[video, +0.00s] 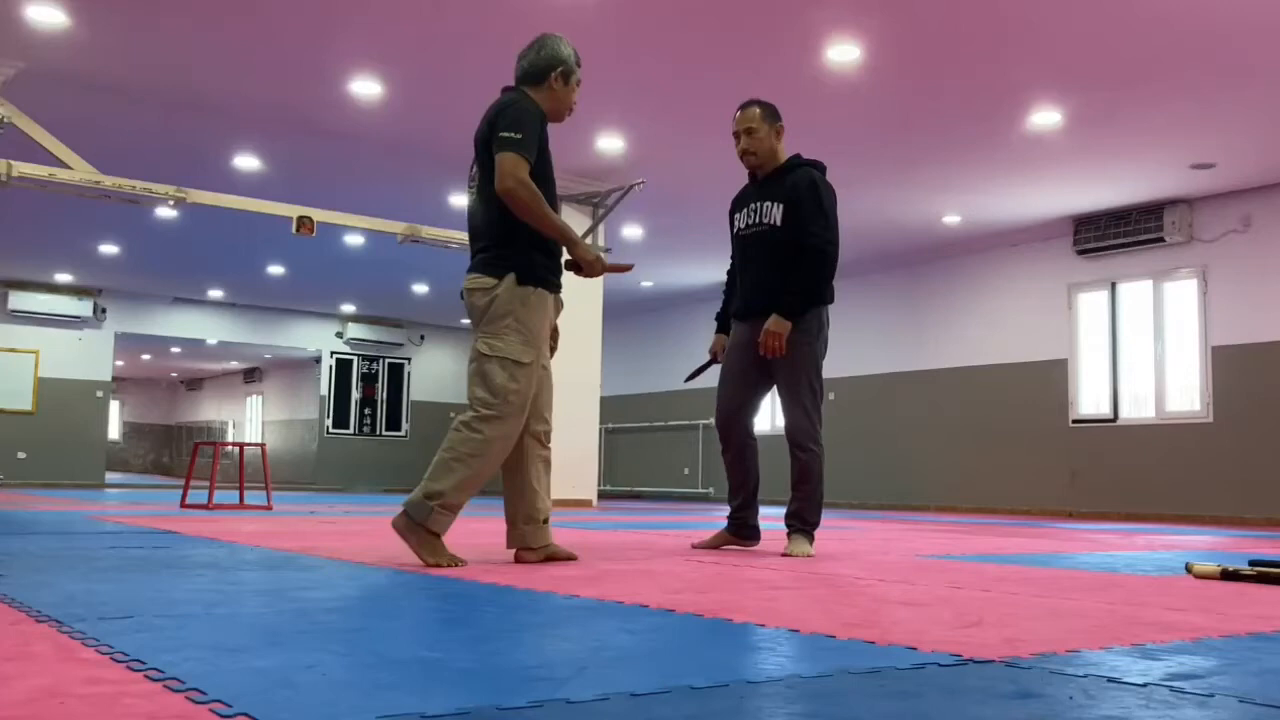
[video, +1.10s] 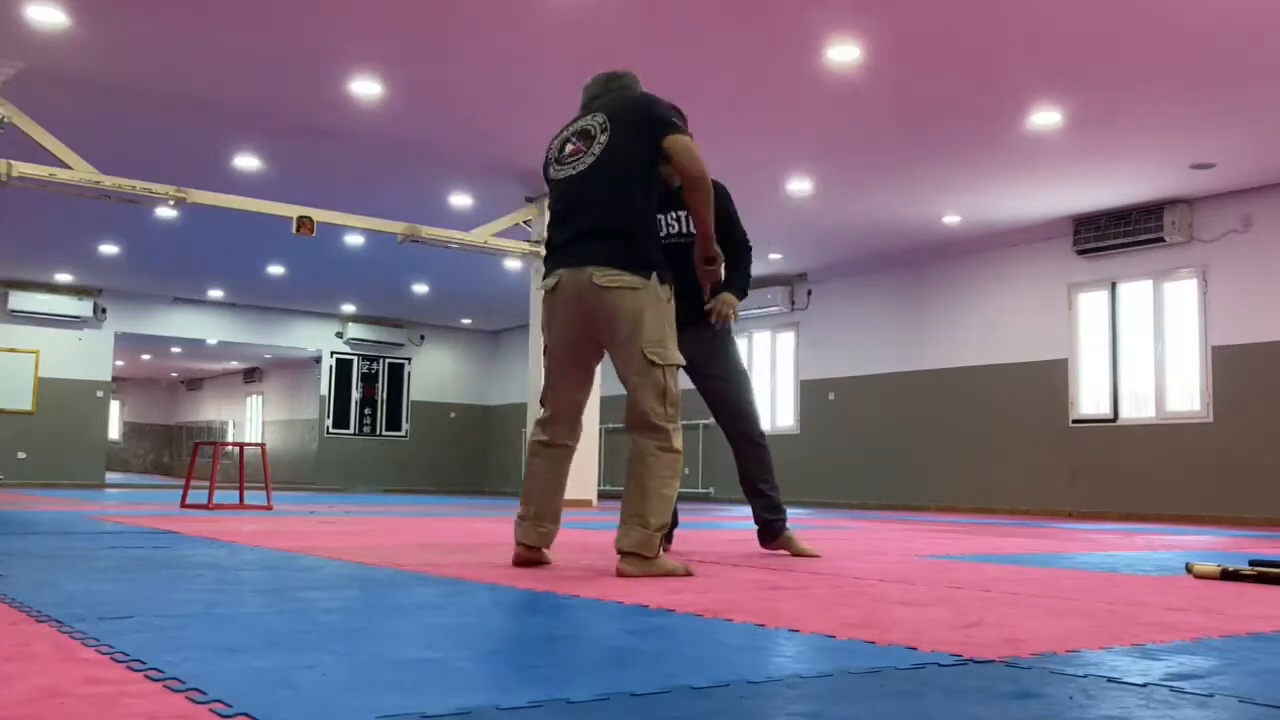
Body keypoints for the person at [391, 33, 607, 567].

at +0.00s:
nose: (577, 99)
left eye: (578, 88)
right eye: (576, 87)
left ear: (539, 77)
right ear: (556, 79)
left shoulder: (521, 119)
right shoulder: (518, 109)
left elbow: (516, 226)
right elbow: (511, 183)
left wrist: (544, 303)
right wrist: (575, 243)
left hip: (527, 291)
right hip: (510, 289)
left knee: (532, 421)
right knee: (497, 413)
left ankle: (531, 538)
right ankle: (423, 519)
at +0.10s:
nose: (593, 105)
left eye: (594, 94)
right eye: (592, 93)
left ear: (558, 86)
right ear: (574, 86)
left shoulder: (539, 132)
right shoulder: (531, 115)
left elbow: (543, 233)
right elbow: (504, 174)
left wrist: (571, 303)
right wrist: (563, 243)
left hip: (531, 294)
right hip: (529, 293)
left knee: (537, 413)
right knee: (547, 409)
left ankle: (534, 536)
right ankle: (482, 517)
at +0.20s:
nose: (605, 115)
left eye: (607, 104)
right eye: (606, 103)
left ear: (567, 90)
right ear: (590, 94)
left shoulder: (548, 133)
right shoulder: (548, 113)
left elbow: (549, 231)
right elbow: (507, 159)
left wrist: (599, 276)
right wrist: (563, 215)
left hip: (525, 295)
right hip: (550, 296)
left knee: (534, 419)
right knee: (575, 415)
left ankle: (534, 539)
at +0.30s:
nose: (608, 119)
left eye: (609, 110)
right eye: (610, 108)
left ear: (564, 89)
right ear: (598, 97)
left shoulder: (540, 130)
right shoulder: (562, 114)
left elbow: (549, 225)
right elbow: (529, 152)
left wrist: (603, 237)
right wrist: (596, 200)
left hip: (524, 298)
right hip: (559, 298)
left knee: (542, 422)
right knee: (599, 411)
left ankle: (537, 538)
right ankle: (635, 531)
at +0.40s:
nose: (612, 116)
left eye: (611, 109)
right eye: (613, 108)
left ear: (561, 95)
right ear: (603, 101)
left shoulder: (526, 141)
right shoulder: (578, 120)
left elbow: (552, 213)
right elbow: (583, 154)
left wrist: (605, 200)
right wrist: (658, 200)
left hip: (525, 297)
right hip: (576, 293)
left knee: (547, 428)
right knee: (626, 413)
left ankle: (538, 537)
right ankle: (643, 529)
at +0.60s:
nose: (622, 106)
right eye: (620, 98)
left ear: (564, 96)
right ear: (615, 97)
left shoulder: (524, 144)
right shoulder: (628, 130)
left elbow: (507, 230)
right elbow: (693, 194)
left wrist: (557, 210)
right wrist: (727, 244)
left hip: (548, 291)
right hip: (610, 287)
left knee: (554, 422)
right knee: (638, 413)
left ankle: (539, 539)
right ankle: (640, 529)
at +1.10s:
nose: (644, 93)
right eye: (641, 88)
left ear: (586, 100)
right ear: (633, 89)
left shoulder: (559, 142)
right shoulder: (648, 107)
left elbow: (569, 211)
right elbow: (694, 171)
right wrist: (707, 244)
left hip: (563, 284)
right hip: (631, 282)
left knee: (557, 418)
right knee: (655, 420)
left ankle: (530, 540)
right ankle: (641, 550)